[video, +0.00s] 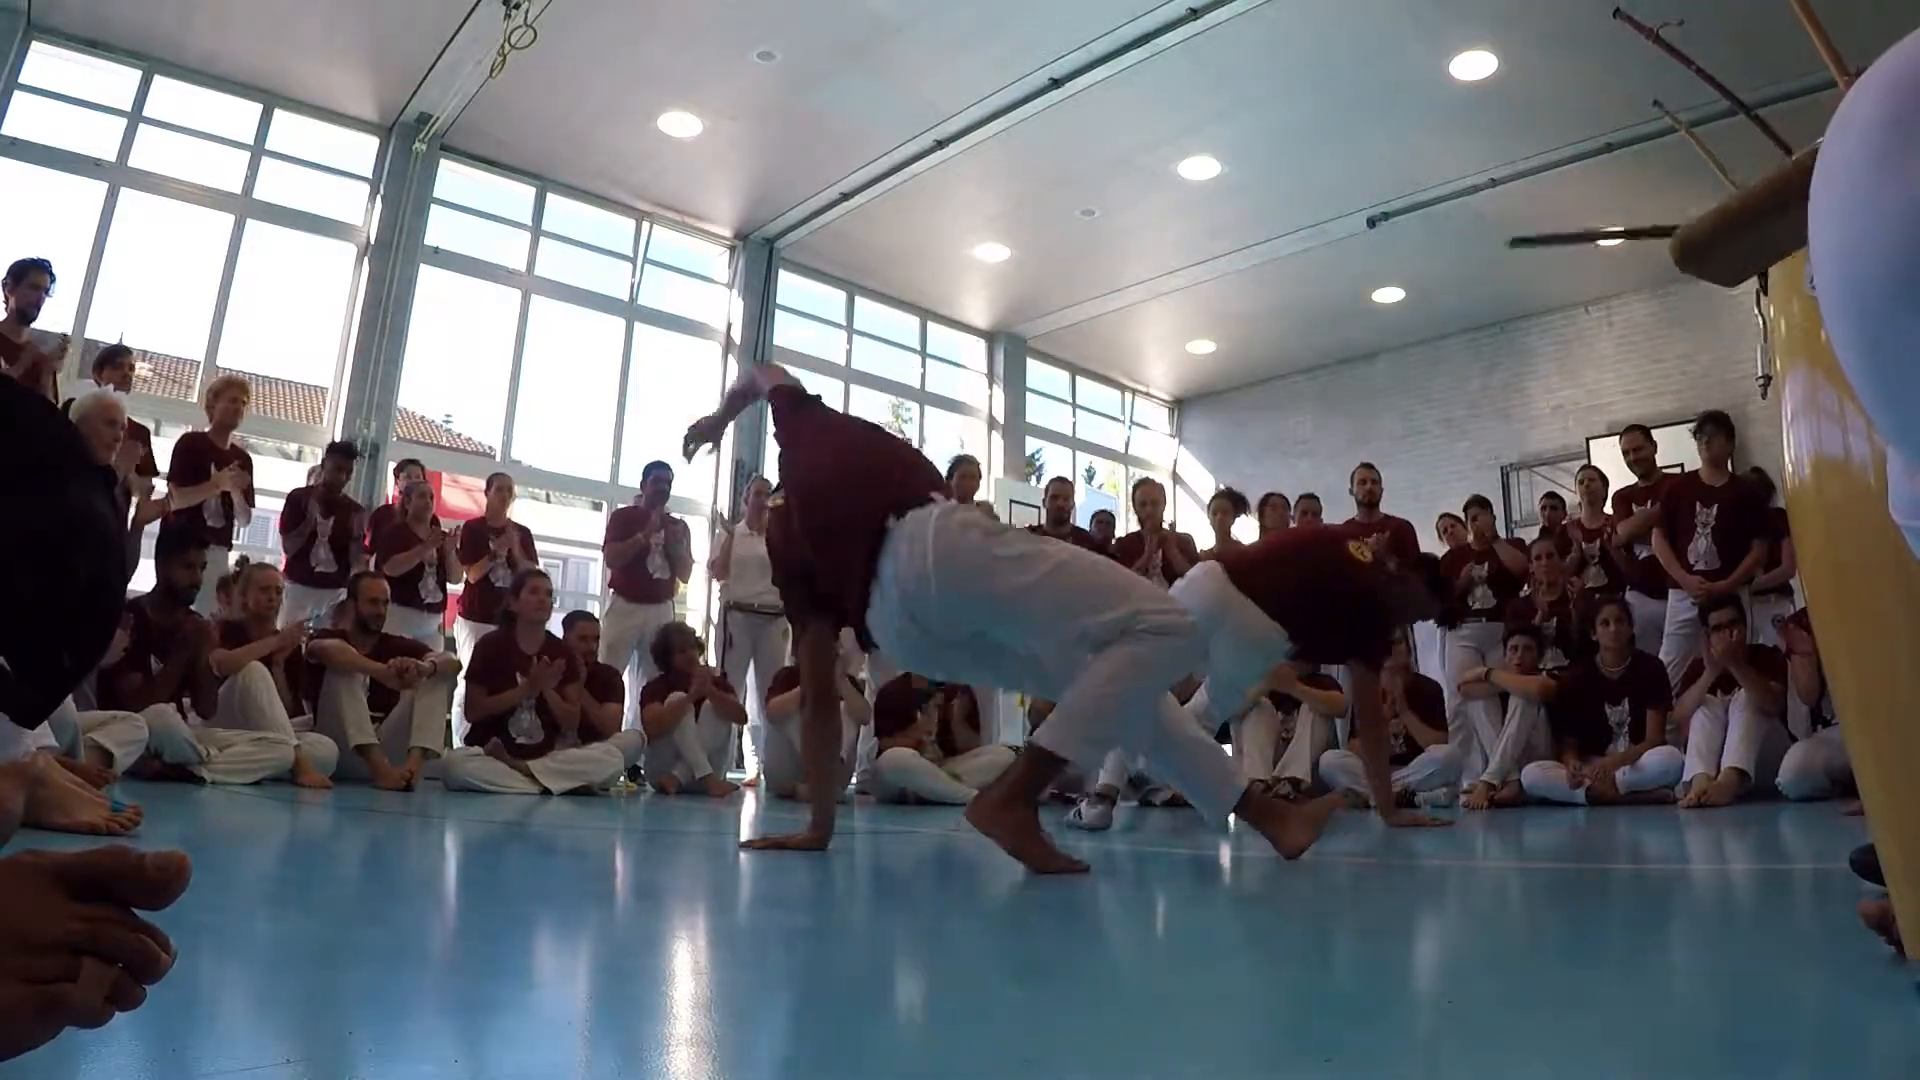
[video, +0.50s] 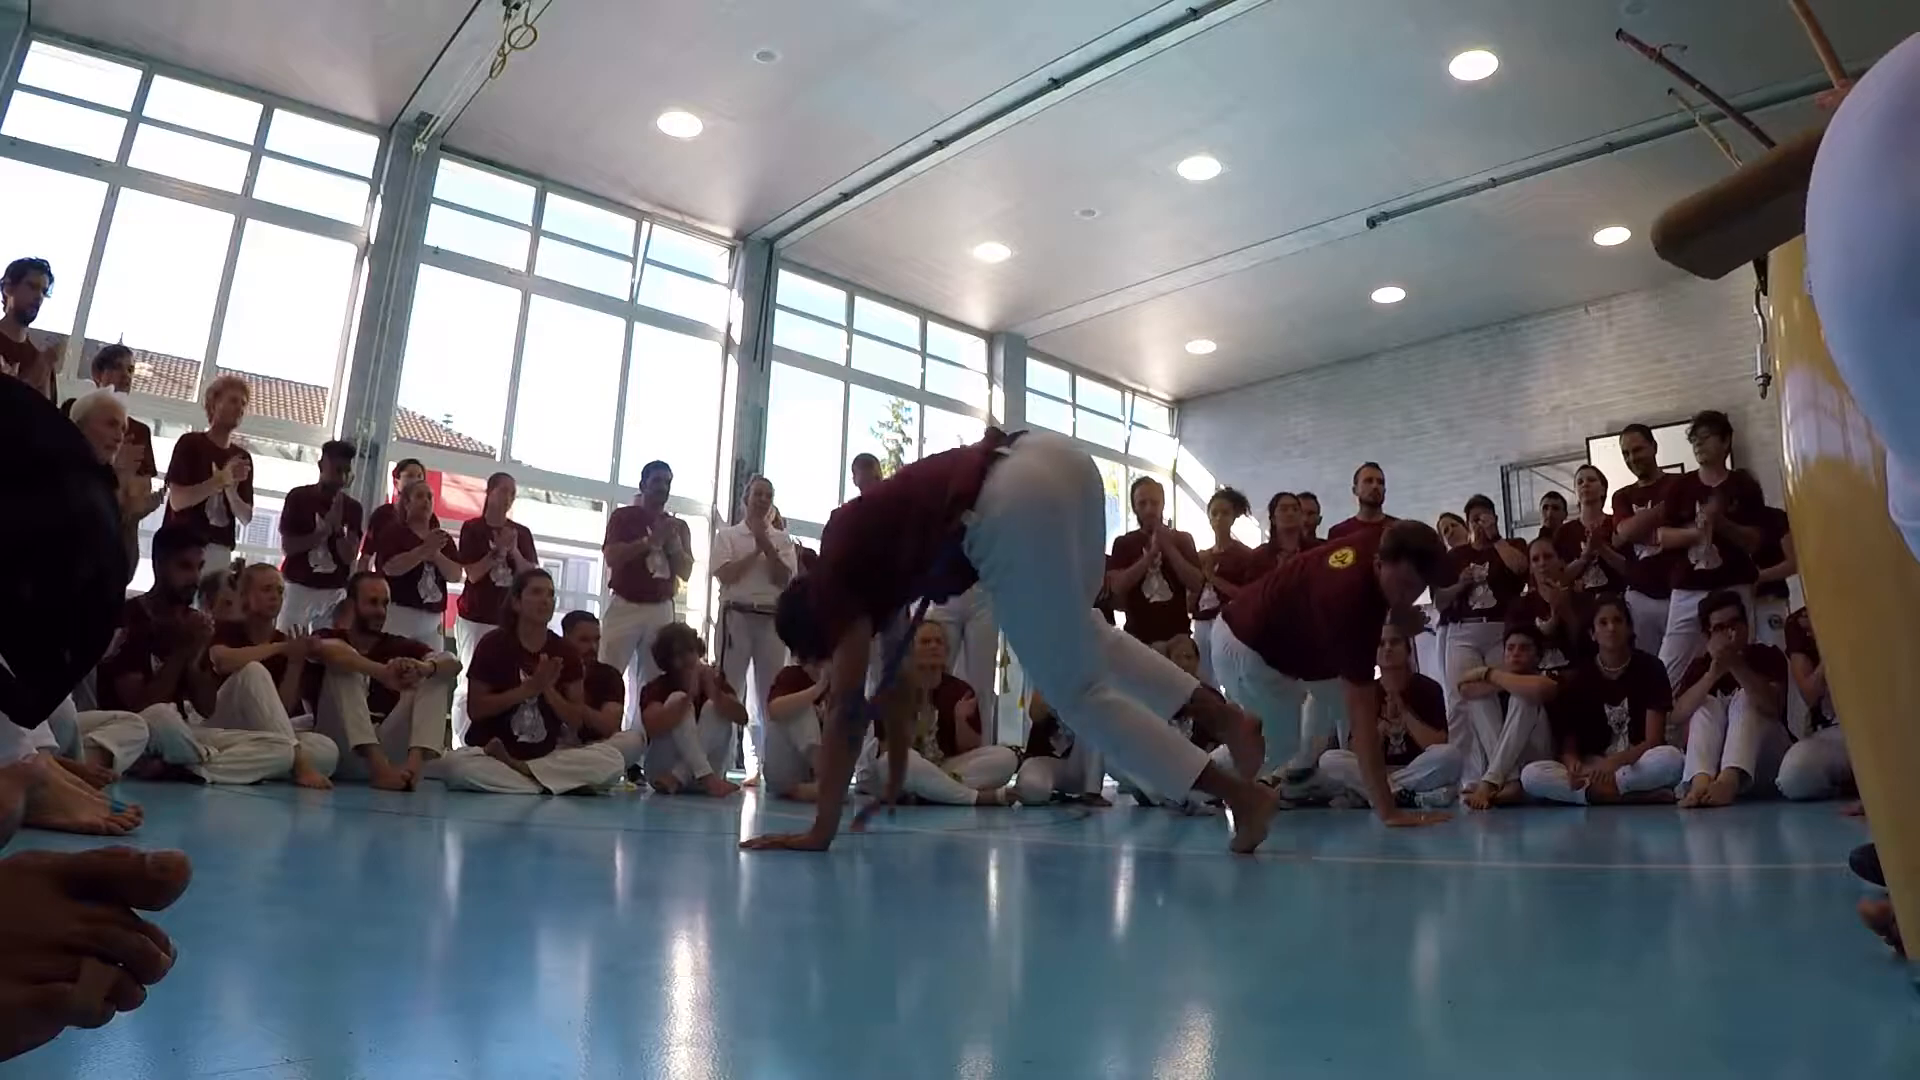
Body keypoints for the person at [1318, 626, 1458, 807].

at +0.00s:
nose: (1391, 648)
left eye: (1397, 641)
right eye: (1385, 642)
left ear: (1408, 648)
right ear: (1374, 649)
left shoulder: (1428, 688)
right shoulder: (1364, 691)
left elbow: (1439, 745)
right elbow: (1354, 747)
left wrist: (1405, 712)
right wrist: (1384, 728)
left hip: (1418, 767)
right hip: (1376, 768)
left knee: (1446, 755)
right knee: (1329, 761)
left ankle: (1377, 795)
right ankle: (1404, 797)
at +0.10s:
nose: (1393, 650)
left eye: (1398, 644)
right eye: (1388, 645)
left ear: (1408, 650)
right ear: (1376, 655)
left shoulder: (1427, 688)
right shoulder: (1364, 691)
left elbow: (1437, 745)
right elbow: (1354, 744)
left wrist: (1404, 712)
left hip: (1418, 767)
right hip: (1375, 769)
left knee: (1444, 755)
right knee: (1328, 762)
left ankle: (1372, 798)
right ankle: (1406, 799)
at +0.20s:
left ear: (1408, 654)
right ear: (1377, 661)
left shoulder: (1427, 688)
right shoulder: (1363, 692)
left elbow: (1437, 745)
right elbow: (1355, 744)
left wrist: (1403, 712)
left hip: (1418, 766)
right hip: (1376, 769)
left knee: (1444, 755)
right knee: (1328, 762)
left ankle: (1371, 798)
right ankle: (1406, 799)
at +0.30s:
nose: (1397, 662)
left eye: (1402, 656)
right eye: (1390, 658)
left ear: (1409, 655)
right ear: (1378, 661)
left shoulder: (1427, 688)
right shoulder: (1364, 692)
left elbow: (1438, 744)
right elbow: (1355, 745)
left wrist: (1404, 711)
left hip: (1418, 767)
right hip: (1376, 770)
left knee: (1445, 755)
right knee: (1328, 762)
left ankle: (1377, 796)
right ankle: (1406, 798)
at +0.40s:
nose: (1388, 649)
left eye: (1395, 643)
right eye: (1382, 644)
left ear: (1409, 650)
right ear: (1375, 652)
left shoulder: (1428, 688)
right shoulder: (1366, 690)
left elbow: (1439, 744)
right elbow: (1355, 747)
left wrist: (1406, 711)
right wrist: (1383, 719)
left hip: (1418, 768)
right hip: (1376, 770)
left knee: (1446, 755)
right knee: (1328, 761)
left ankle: (1374, 795)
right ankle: (1405, 798)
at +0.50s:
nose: (1387, 648)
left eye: (1395, 642)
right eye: (1381, 643)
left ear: (1408, 649)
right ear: (1375, 651)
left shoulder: (1428, 688)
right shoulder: (1367, 691)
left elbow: (1438, 743)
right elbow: (1355, 746)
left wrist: (1404, 713)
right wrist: (1383, 724)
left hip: (1418, 767)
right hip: (1377, 769)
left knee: (1448, 755)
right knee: (1328, 761)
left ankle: (1379, 792)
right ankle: (1401, 797)